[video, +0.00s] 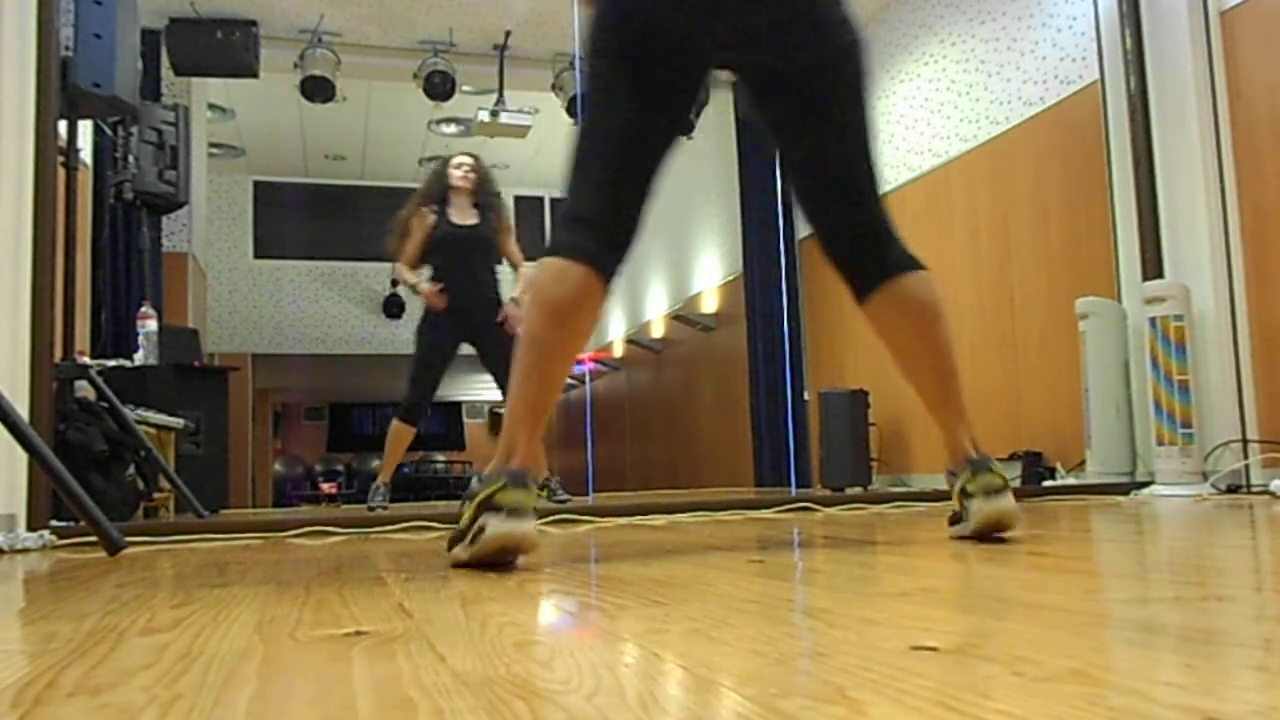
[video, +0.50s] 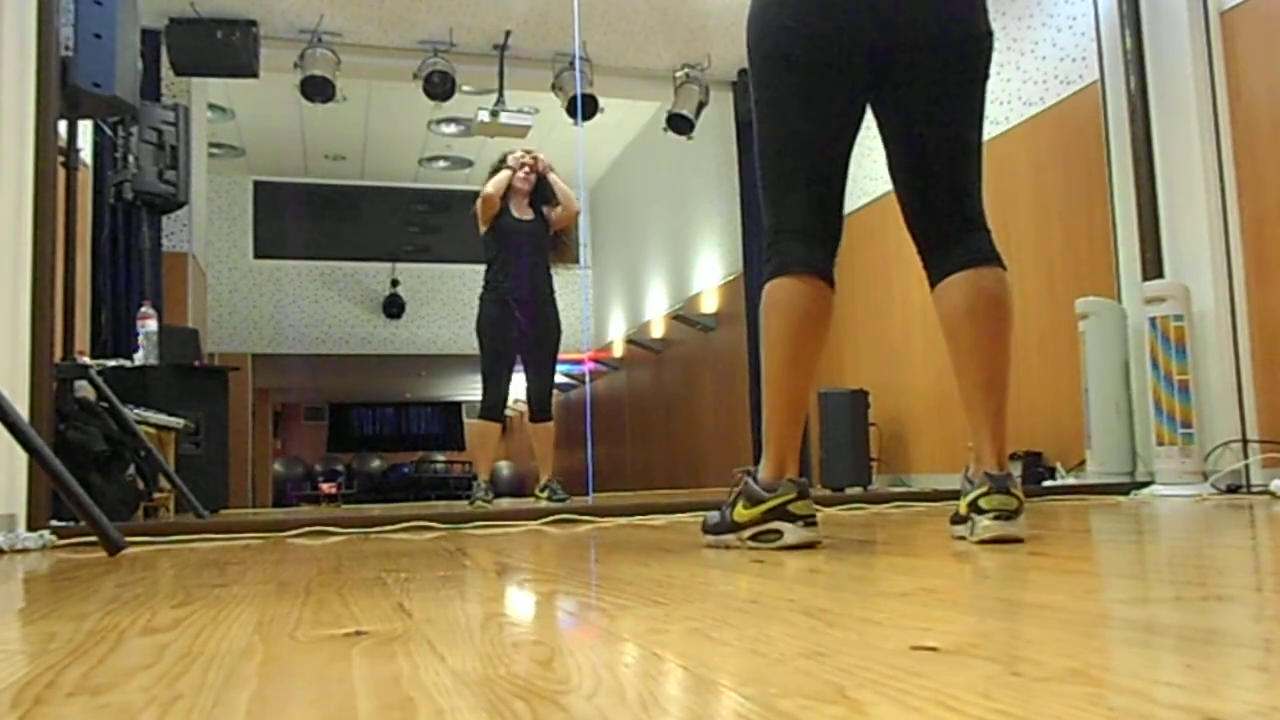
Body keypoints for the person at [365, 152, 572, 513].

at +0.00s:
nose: (465, 171)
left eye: (472, 168)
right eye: (458, 166)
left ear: (480, 179)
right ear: (445, 176)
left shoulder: (494, 219)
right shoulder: (429, 217)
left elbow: (521, 266)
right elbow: (402, 267)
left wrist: (517, 300)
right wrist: (421, 286)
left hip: (488, 317)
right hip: (442, 316)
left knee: (522, 395)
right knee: (416, 402)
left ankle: (544, 478)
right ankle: (383, 482)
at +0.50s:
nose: (526, 172)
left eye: (531, 169)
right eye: (520, 167)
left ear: (537, 179)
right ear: (507, 175)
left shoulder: (544, 216)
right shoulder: (491, 212)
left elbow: (572, 209)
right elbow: (490, 193)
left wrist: (549, 173)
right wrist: (509, 169)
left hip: (542, 308)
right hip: (500, 308)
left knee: (541, 398)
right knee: (494, 397)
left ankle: (546, 480)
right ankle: (482, 481)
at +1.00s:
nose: (524, 170)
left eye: (530, 167)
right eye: (519, 164)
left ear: (537, 176)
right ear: (506, 172)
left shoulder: (544, 217)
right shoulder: (489, 210)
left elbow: (573, 204)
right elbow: (477, 173)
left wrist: (550, 169)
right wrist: (503, 158)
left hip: (545, 306)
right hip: (504, 307)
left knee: (543, 396)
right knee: (500, 397)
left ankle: (546, 480)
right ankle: (484, 481)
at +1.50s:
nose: (528, 177)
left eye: (534, 174)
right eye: (522, 171)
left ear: (539, 188)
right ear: (507, 181)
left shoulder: (542, 223)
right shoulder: (486, 217)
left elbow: (564, 243)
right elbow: (442, 227)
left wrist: (557, 198)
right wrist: (476, 196)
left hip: (526, 318)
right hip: (482, 316)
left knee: (573, 385)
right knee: (478, 398)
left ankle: (568, 470)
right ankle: (481, 483)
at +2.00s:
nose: (557, 194)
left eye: (563, 189)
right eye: (550, 189)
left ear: (572, 199)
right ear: (537, 199)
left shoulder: (587, 238)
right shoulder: (527, 245)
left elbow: (618, 289)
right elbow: (520, 296)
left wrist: (618, 330)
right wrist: (515, 330)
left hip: (589, 337)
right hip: (545, 340)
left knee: (601, 405)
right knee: (491, 398)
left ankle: (601, 480)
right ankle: (488, 483)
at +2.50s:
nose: (575, 170)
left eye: (580, 164)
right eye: (567, 166)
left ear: (590, 172)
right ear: (556, 176)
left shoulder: (611, 207)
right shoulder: (551, 224)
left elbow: (645, 254)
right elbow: (549, 278)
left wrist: (632, 299)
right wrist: (541, 277)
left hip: (606, 309)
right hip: (562, 308)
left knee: (604, 393)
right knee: (538, 388)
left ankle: (603, 478)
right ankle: (519, 477)